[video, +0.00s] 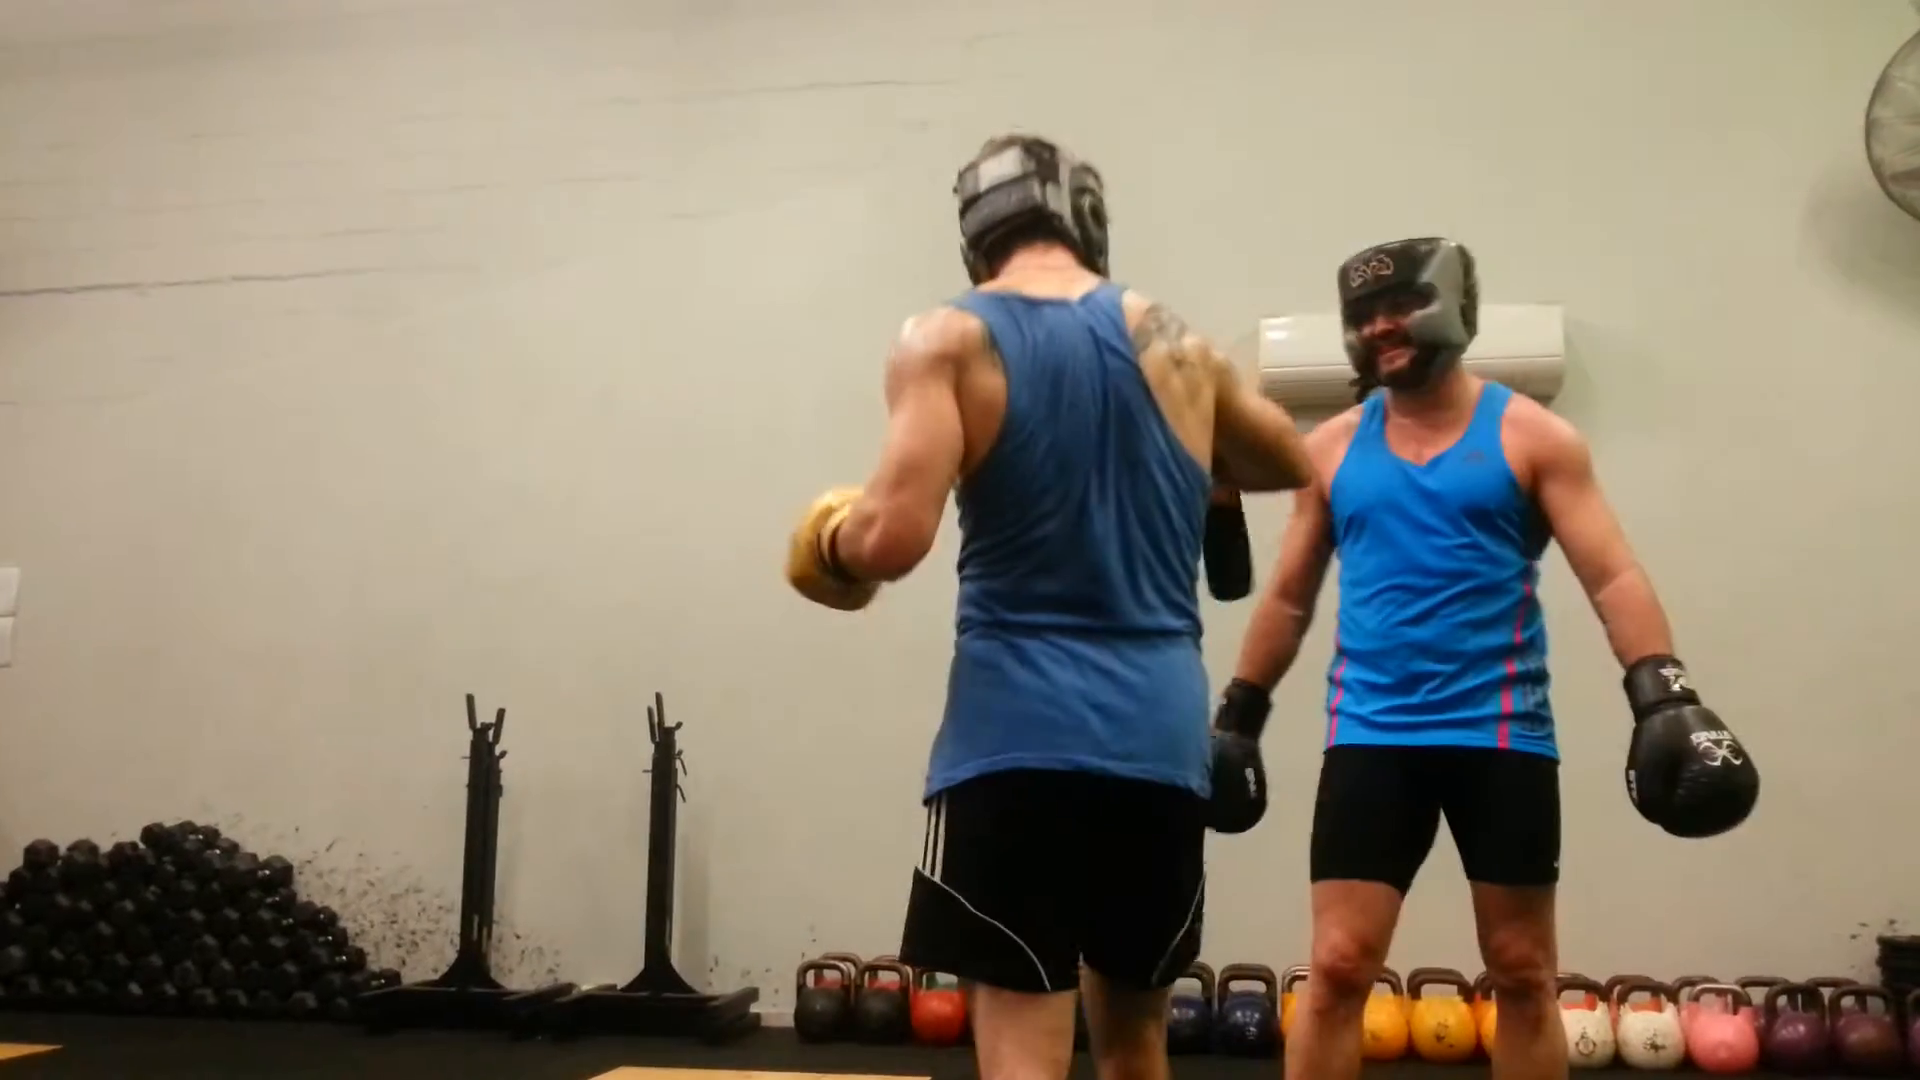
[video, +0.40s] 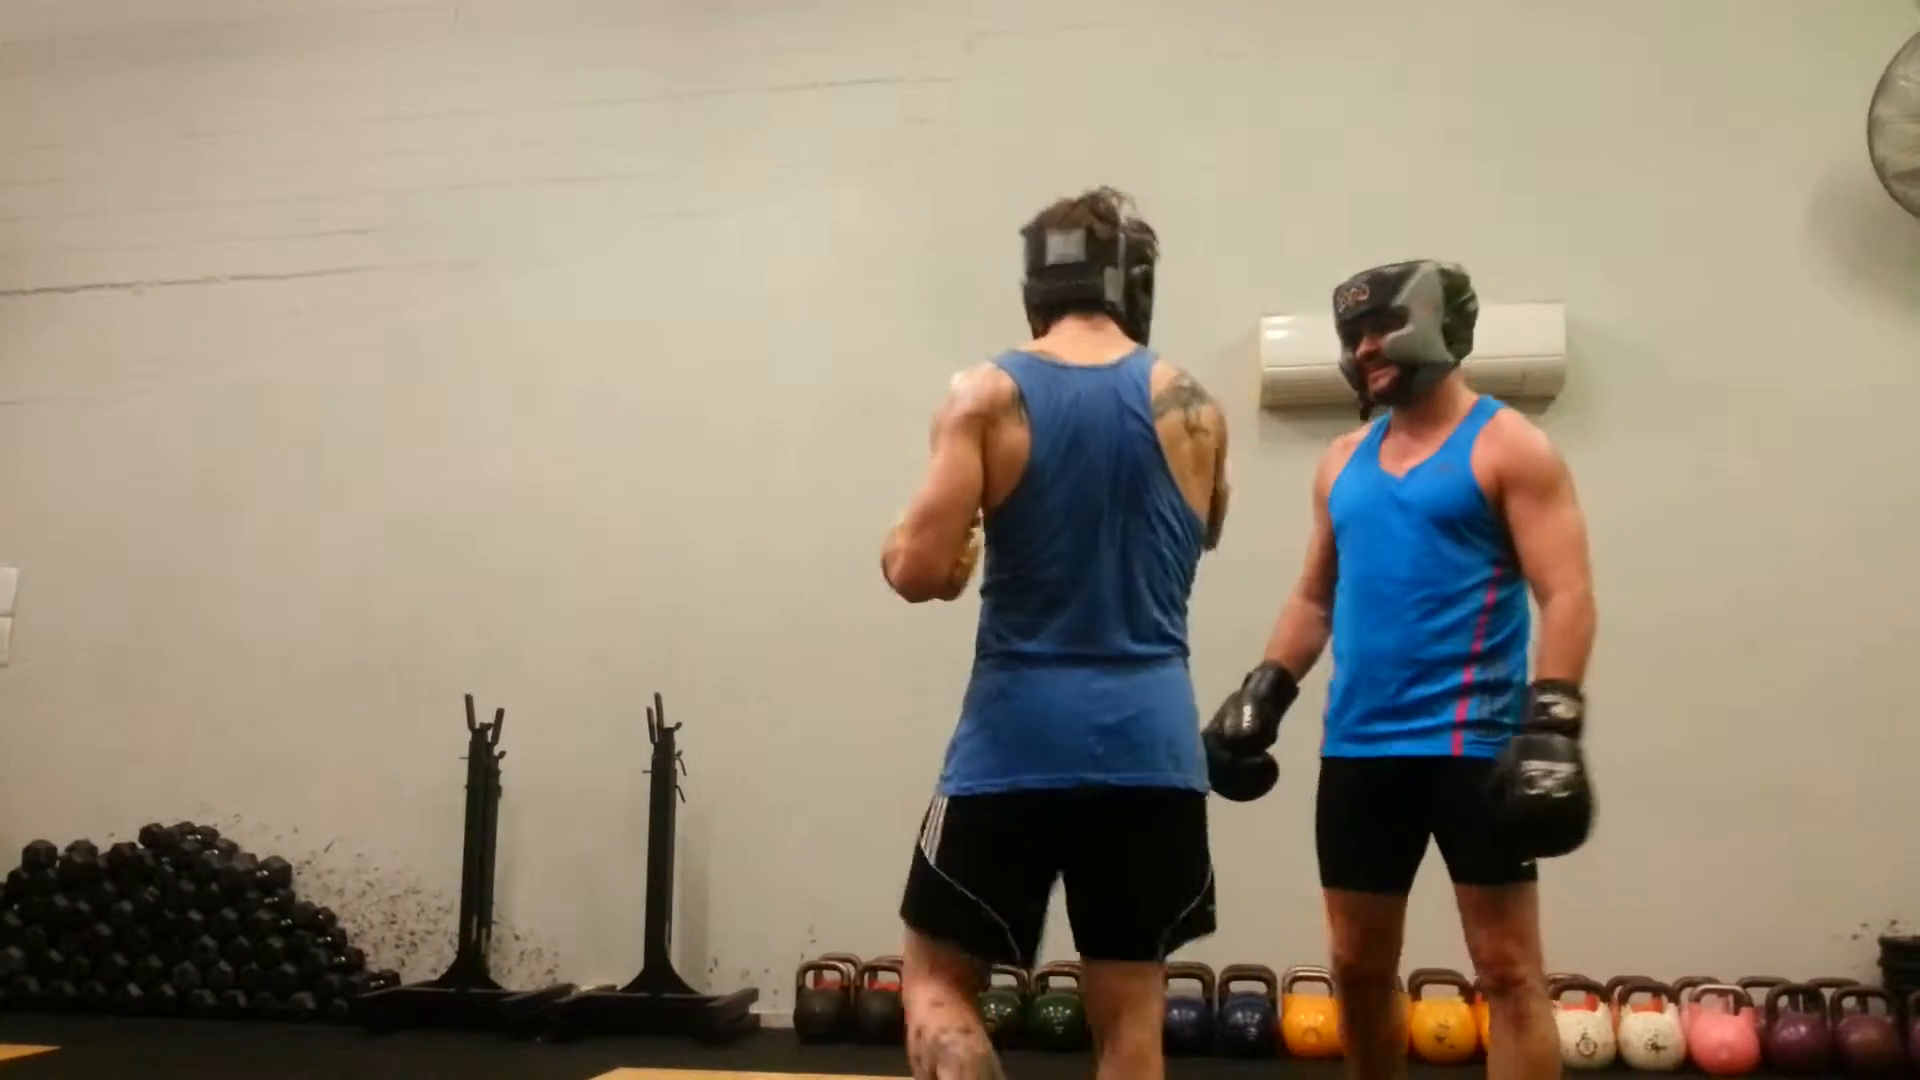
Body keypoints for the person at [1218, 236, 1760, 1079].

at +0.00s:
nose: (1383, 327)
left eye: (1403, 307)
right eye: (1367, 315)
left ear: (1451, 310)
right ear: (1353, 334)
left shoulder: (1533, 437)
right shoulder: (1333, 446)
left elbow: (1610, 575)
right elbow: (1287, 595)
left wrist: (1663, 698)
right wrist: (1236, 720)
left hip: (1504, 738)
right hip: (1372, 739)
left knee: (1522, 972)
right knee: (1338, 969)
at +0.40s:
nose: (1365, 353)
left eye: (1384, 333)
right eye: (1355, 341)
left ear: (1438, 330)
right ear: (1349, 354)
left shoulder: (1510, 447)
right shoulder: (1341, 463)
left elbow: (1567, 595)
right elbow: (1312, 600)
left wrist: (1551, 729)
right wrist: (1261, 695)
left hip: (1477, 754)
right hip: (1360, 754)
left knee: (1507, 972)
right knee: (1358, 967)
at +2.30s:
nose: (1336, 447)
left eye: (1352, 432)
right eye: (1324, 436)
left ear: (1389, 438)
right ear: (1314, 451)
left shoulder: (1439, 529)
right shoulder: (1300, 544)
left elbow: (1498, 637)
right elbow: (1273, 651)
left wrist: (1518, 739)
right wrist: (1240, 738)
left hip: (1426, 765)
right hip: (1336, 767)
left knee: (1454, 936)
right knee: (1352, 935)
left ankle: (1487, 1077)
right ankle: (1368, 1073)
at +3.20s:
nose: (1380, 466)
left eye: (1393, 449)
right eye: (1364, 457)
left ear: (1424, 452)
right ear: (1351, 472)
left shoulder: (1487, 537)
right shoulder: (1345, 559)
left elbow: (1543, 639)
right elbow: (1323, 671)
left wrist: (1564, 737)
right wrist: (1326, 651)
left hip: (1475, 765)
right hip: (1382, 769)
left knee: (1500, 932)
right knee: (1377, 931)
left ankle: (1519, 1074)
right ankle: (1375, 1075)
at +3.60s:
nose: (1428, 468)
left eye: (1442, 453)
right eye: (1414, 456)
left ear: (1473, 457)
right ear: (1399, 464)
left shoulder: (1528, 543)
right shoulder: (1393, 545)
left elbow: (1577, 647)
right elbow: (1347, 642)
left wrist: (1591, 744)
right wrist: (1386, 542)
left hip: (1509, 767)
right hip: (1415, 768)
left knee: (1520, 932)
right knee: (1397, 934)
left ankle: (1525, 1074)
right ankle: (1382, 1074)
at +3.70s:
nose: (1434, 474)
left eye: (1447, 460)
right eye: (1421, 462)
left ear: (1478, 463)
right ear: (1404, 469)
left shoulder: (1533, 545)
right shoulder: (1399, 548)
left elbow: (1583, 652)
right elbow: (1351, 624)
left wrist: (1600, 749)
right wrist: (1396, 510)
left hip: (1515, 766)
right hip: (1420, 767)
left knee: (1523, 934)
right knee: (1398, 940)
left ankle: (1527, 1073)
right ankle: (1382, 1075)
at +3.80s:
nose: (1441, 476)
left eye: (1452, 462)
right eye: (1429, 463)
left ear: (1479, 464)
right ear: (1412, 472)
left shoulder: (1539, 547)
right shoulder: (1404, 548)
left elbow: (1586, 655)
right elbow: (1359, 643)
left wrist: (1608, 754)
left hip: (1517, 768)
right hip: (1421, 767)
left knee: (1524, 933)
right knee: (1403, 935)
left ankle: (1526, 1073)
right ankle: (1382, 1070)